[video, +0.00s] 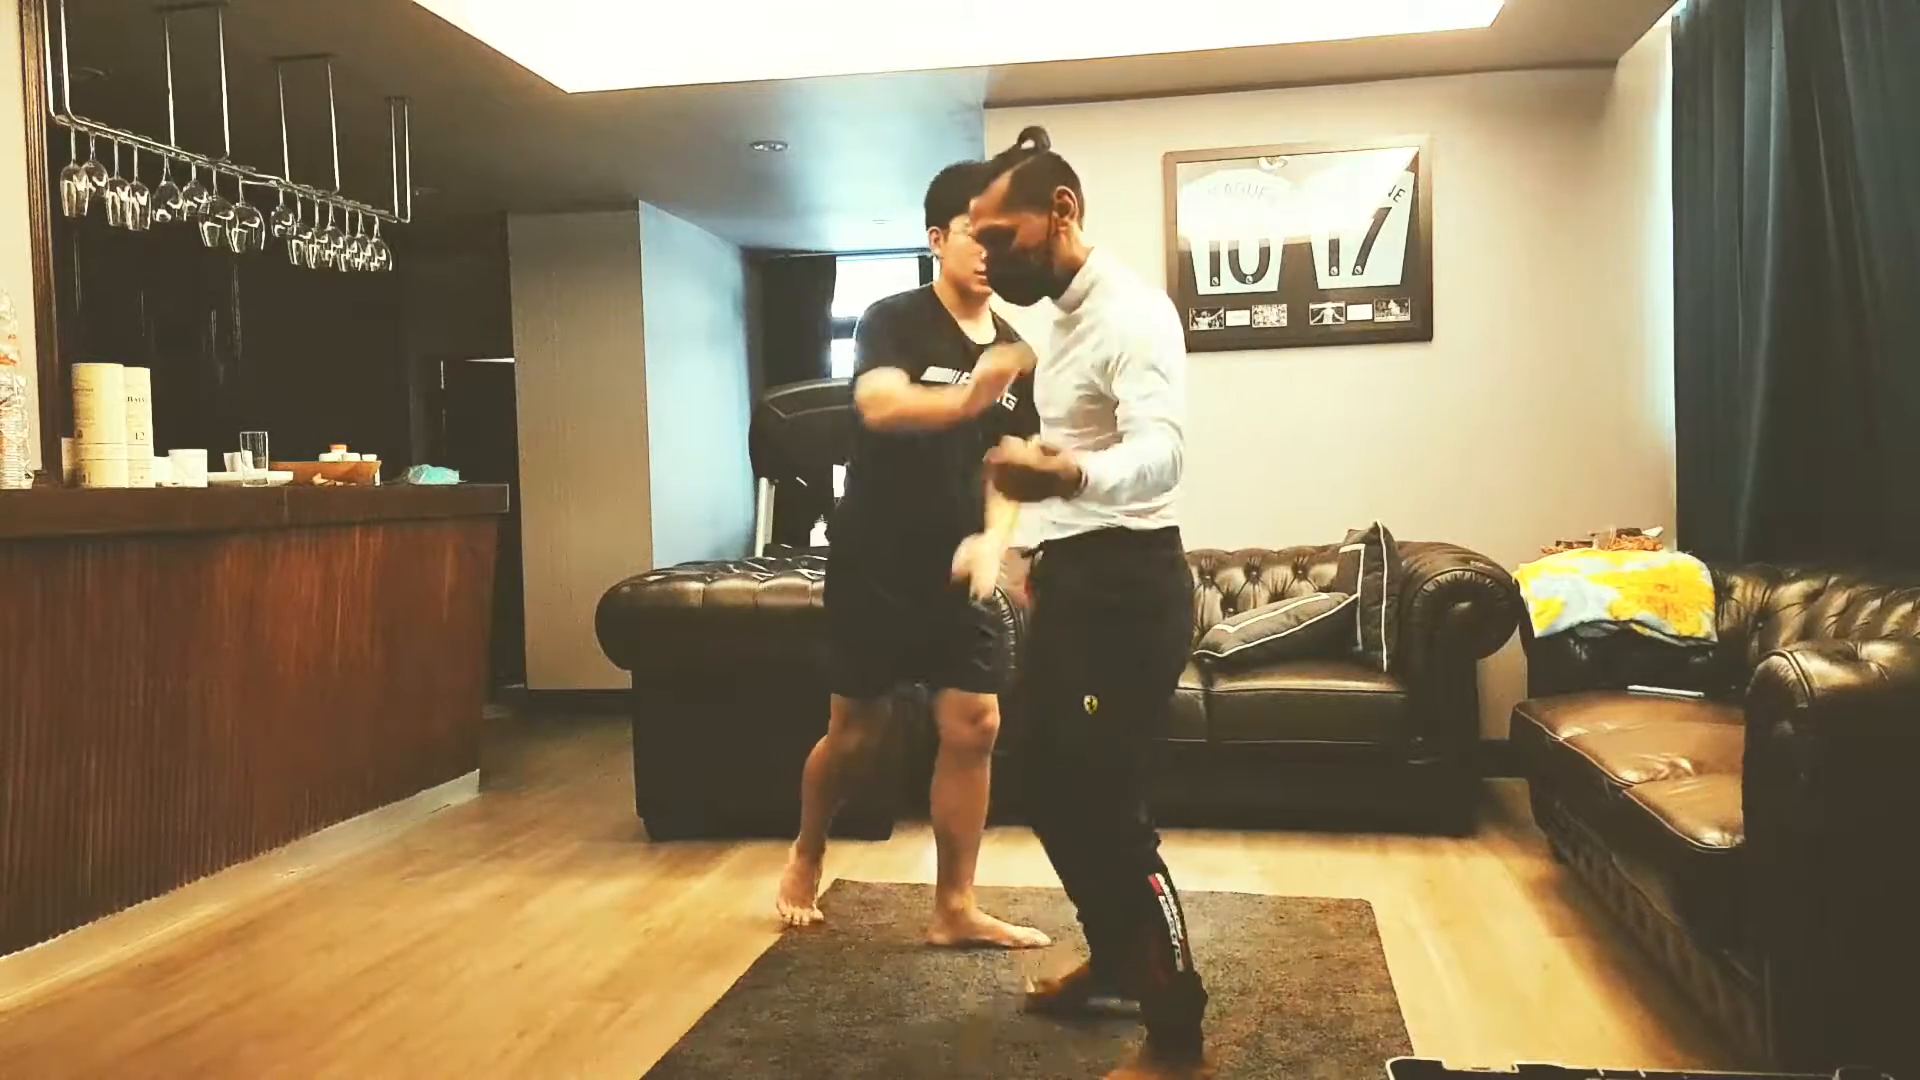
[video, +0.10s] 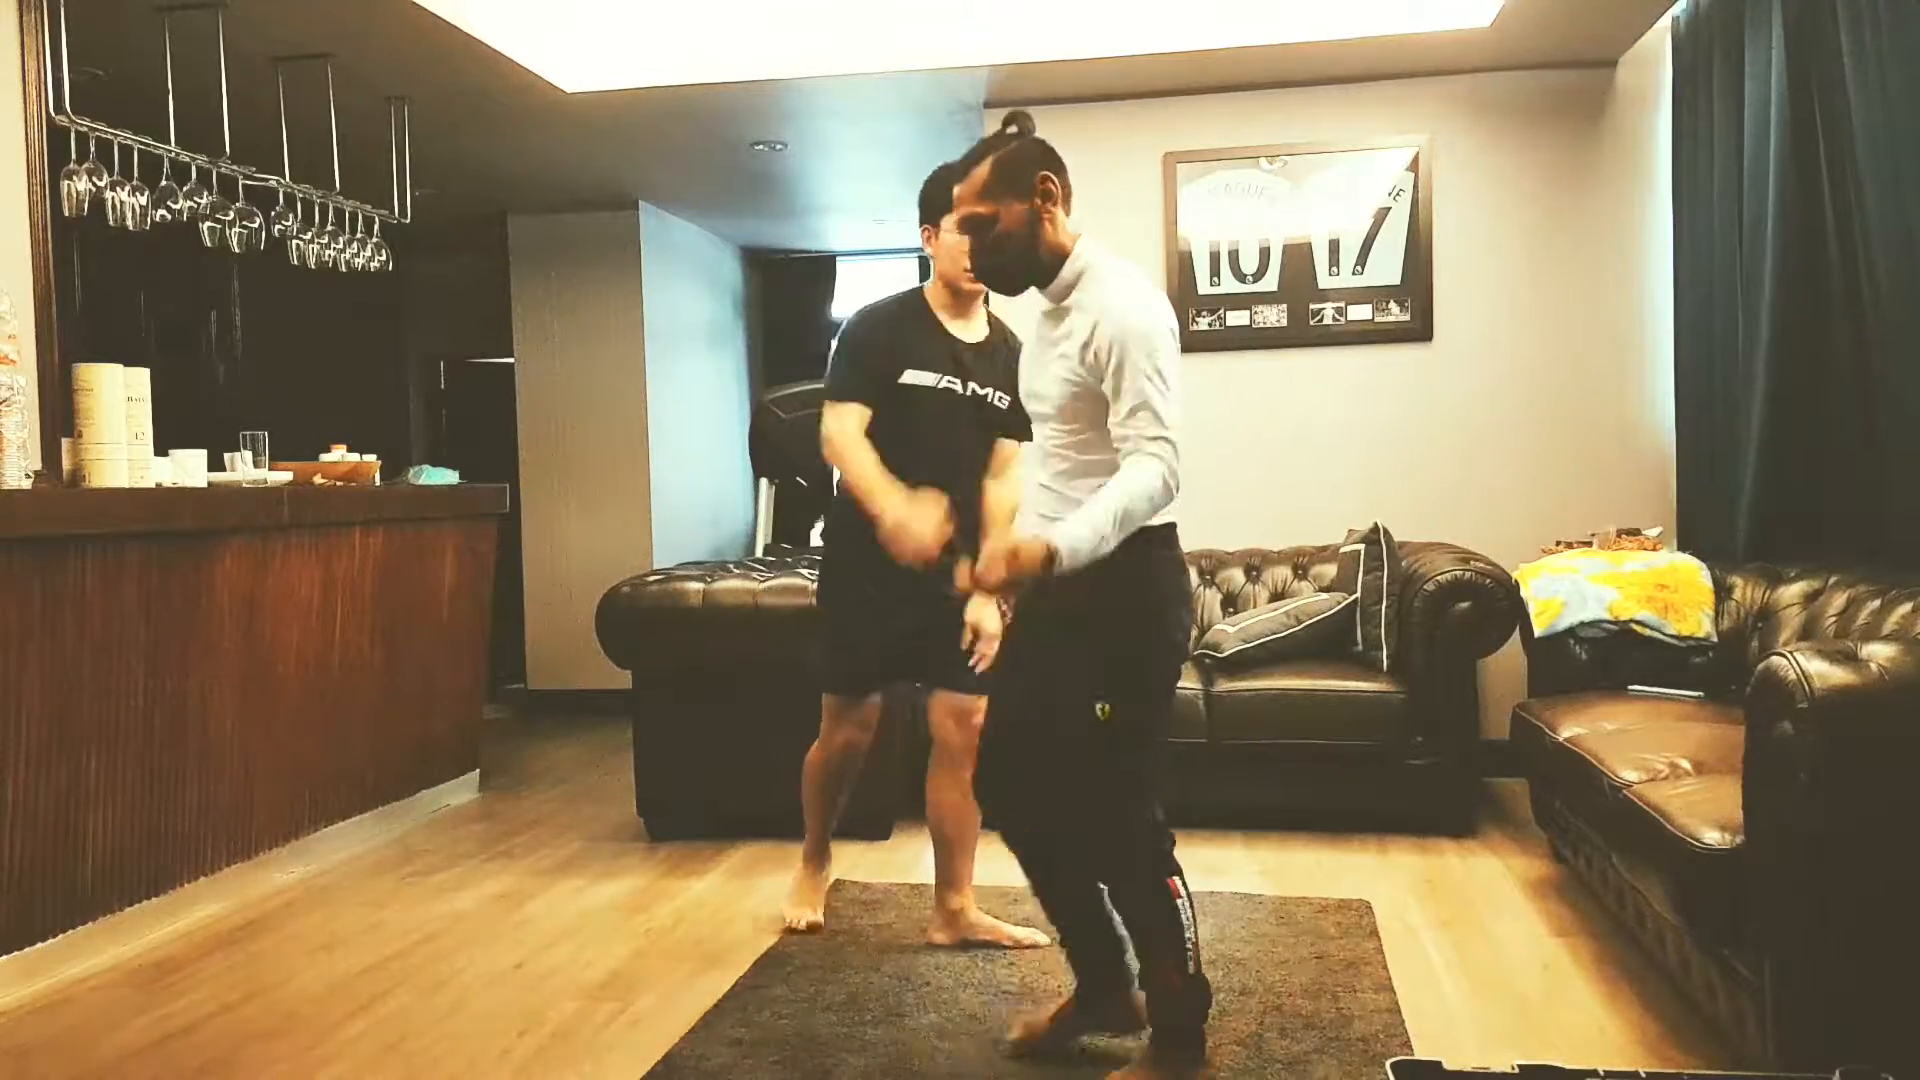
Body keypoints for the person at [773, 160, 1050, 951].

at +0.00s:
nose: (988, 249)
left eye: (997, 235)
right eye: (972, 234)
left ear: (1009, 242)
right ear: (935, 237)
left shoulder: (1010, 346)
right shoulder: (892, 319)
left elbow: (1010, 456)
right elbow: (878, 405)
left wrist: (994, 538)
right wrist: (965, 399)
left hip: (967, 553)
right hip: (877, 549)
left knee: (974, 726)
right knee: (850, 729)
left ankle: (954, 904)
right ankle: (807, 855)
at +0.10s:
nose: (973, 245)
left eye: (984, 231)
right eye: (960, 229)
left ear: (1000, 243)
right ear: (927, 235)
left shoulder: (1009, 353)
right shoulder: (878, 328)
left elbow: (1004, 477)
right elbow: (840, 434)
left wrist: (994, 584)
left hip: (963, 565)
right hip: (869, 554)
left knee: (963, 727)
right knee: (847, 729)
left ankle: (954, 904)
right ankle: (814, 862)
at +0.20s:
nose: (949, 240)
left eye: (962, 225)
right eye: (936, 224)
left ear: (984, 244)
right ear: (910, 236)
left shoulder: (997, 350)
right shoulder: (856, 334)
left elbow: (1005, 471)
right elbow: (814, 448)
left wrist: (1016, 564)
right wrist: (806, 564)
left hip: (954, 576)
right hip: (860, 572)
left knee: (948, 733)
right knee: (842, 733)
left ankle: (954, 903)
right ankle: (822, 878)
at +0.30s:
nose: (926, 236)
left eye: (937, 222)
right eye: (913, 221)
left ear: (959, 240)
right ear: (886, 235)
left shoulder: (977, 347)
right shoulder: (831, 334)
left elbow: (1009, 461)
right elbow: (782, 436)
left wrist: (1012, 561)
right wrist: (751, 538)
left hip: (939, 572)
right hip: (843, 568)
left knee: (935, 731)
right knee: (835, 733)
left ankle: (948, 901)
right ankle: (820, 878)